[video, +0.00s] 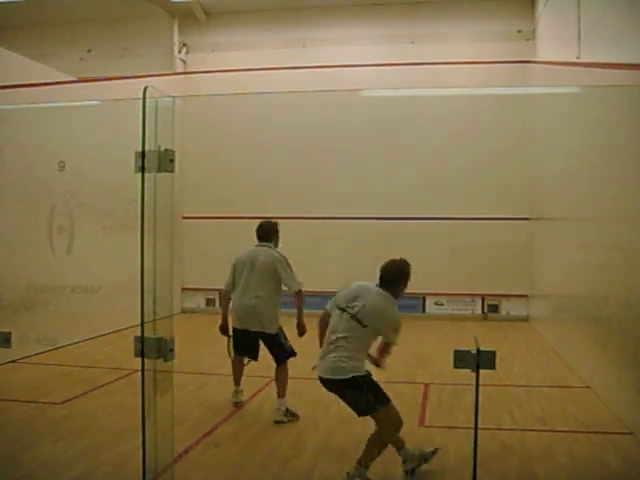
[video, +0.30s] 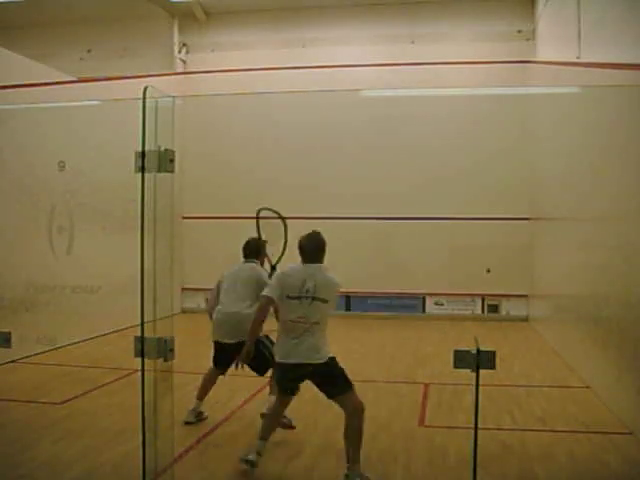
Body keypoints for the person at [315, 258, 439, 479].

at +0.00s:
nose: (407, 287)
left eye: (407, 282)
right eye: (406, 283)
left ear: (381, 277)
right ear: (403, 285)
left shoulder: (357, 288)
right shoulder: (392, 315)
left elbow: (324, 318)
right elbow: (383, 352)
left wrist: (324, 349)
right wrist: (376, 357)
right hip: (350, 372)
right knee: (393, 423)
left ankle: (408, 456)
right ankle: (359, 471)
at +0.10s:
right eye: (381, 267)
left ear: (356, 264)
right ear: (380, 271)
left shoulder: (328, 283)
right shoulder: (374, 301)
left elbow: (299, 312)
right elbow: (368, 323)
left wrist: (294, 349)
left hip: (316, 369)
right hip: (345, 371)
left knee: (356, 404)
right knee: (388, 417)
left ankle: (367, 453)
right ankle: (360, 467)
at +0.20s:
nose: (351, 261)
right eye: (351, 257)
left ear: (327, 257)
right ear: (351, 260)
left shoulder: (307, 278)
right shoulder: (354, 290)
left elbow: (280, 312)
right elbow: (334, 315)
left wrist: (267, 345)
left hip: (304, 364)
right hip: (334, 366)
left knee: (322, 395)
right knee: (375, 412)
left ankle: (311, 450)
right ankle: (357, 468)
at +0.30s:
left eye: (301, 250)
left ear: (299, 252)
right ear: (323, 253)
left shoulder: (282, 276)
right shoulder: (331, 282)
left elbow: (262, 309)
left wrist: (249, 344)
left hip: (285, 360)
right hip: (318, 359)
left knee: (280, 401)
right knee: (355, 408)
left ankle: (256, 452)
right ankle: (354, 470)